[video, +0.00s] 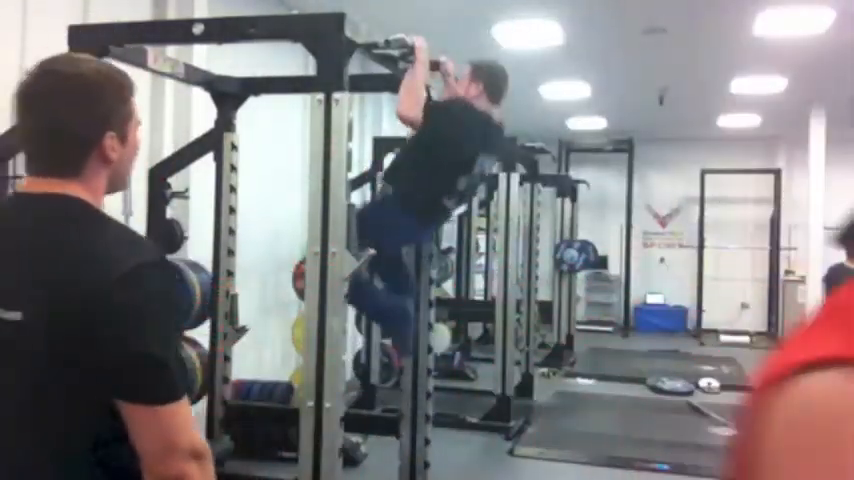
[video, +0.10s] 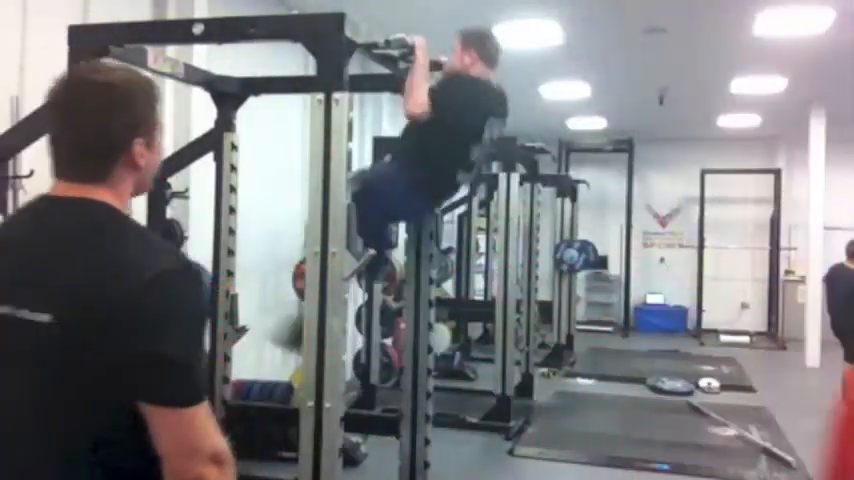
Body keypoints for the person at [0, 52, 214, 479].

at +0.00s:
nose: (139, 141)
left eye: (138, 127)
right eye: (135, 128)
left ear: (31, 135)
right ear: (110, 145)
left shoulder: (8, 223)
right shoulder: (129, 267)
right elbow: (176, 459)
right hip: (89, 466)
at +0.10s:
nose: (160, 149)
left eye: (158, 135)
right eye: (158, 136)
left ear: (59, 140)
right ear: (138, 152)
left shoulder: (10, 237)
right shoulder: (155, 273)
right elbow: (196, 461)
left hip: (16, 462)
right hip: (114, 468)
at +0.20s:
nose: (191, 154)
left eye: (188, 141)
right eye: (188, 142)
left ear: (89, 146)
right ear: (171, 155)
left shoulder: (13, 256)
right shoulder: (183, 276)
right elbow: (228, 461)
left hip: (23, 467)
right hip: (142, 469)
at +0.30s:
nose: (223, 156)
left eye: (222, 144)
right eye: (221, 144)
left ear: (127, 144)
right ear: (205, 157)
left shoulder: (46, 253)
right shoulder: (228, 275)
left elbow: (27, 409)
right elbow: (265, 455)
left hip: (53, 469)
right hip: (185, 470)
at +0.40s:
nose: (255, 153)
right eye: (253, 144)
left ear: (164, 143)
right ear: (242, 156)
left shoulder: (83, 246)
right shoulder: (266, 269)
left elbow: (61, 401)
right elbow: (304, 445)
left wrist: (74, 465)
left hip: (100, 468)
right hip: (223, 469)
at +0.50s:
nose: (289, 154)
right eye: (288, 144)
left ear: (202, 143)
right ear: (279, 157)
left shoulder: (124, 241)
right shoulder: (301, 268)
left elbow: (94, 393)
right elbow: (343, 442)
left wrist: (112, 452)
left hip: (131, 467)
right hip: (251, 467)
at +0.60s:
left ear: (233, 147)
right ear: (312, 161)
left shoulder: (156, 239)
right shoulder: (330, 269)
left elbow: (126, 388)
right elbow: (373, 440)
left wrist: (155, 449)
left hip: (163, 467)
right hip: (277, 466)